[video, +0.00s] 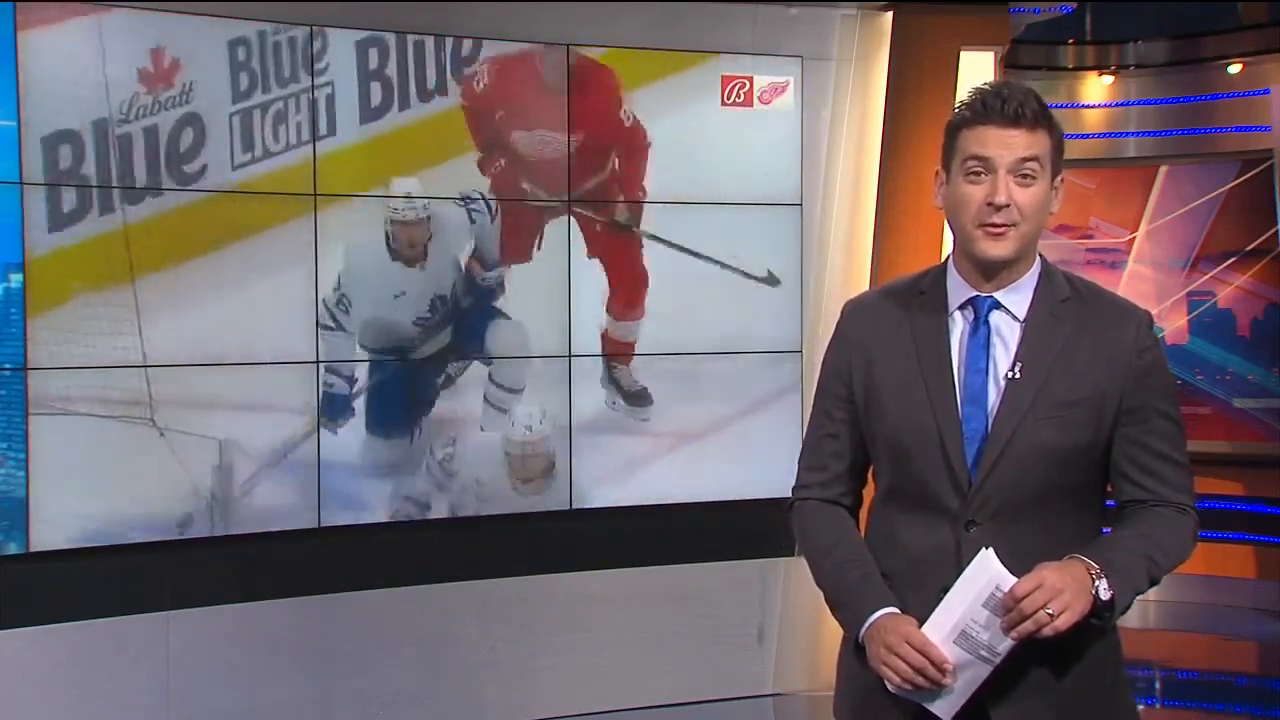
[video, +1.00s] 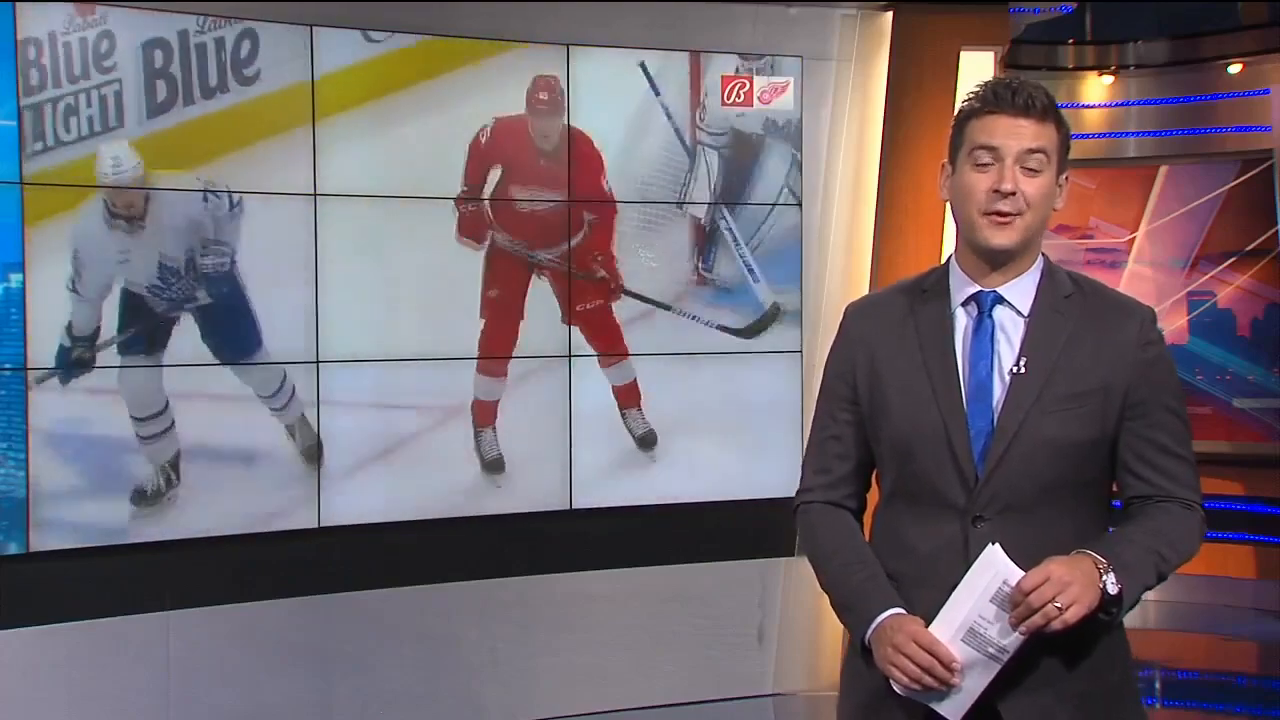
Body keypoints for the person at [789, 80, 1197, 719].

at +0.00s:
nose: (999, 196)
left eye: (1024, 176)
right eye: (976, 173)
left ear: (1053, 196)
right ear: (942, 190)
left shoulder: (1120, 336)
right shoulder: (869, 326)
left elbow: (1164, 510)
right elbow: (820, 497)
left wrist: (1094, 573)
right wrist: (873, 617)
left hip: (1056, 689)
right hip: (895, 685)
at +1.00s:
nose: (1006, 185)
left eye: (1031, 166)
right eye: (984, 161)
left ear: (1058, 192)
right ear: (948, 184)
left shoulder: (1123, 332)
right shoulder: (871, 326)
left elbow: (1172, 507)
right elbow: (824, 502)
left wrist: (1102, 568)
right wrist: (879, 619)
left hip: (1064, 688)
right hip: (899, 685)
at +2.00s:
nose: (1003, 189)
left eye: (1029, 172)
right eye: (982, 165)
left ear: (1056, 196)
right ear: (945, 183)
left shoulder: (1118, 335)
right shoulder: (865, 325)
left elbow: (1166, 509)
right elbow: (813, 498)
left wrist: (1094, 572)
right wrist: (869, 619)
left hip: (1056, 692)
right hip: (892, 688)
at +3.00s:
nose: (1001, 192)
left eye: (1028, 174)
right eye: (981, 167)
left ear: (1055, 196)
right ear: (945, 183)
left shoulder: (1119, 336)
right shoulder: (865, 327)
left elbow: (1166, 510)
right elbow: (815, 501)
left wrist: (1094, 572)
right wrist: (871, 620)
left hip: (1056, 692)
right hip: (892, 688)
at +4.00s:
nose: (1001, 192)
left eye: (1027, 174)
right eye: (980, 167)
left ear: (1055, 196)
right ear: (945, 184)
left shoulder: (1119, 336)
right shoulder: (865, 327)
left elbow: (1166, 509)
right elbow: (815, 500)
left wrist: (1096, 572)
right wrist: (871, 619)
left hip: (1056, 691)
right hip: (892, 687)